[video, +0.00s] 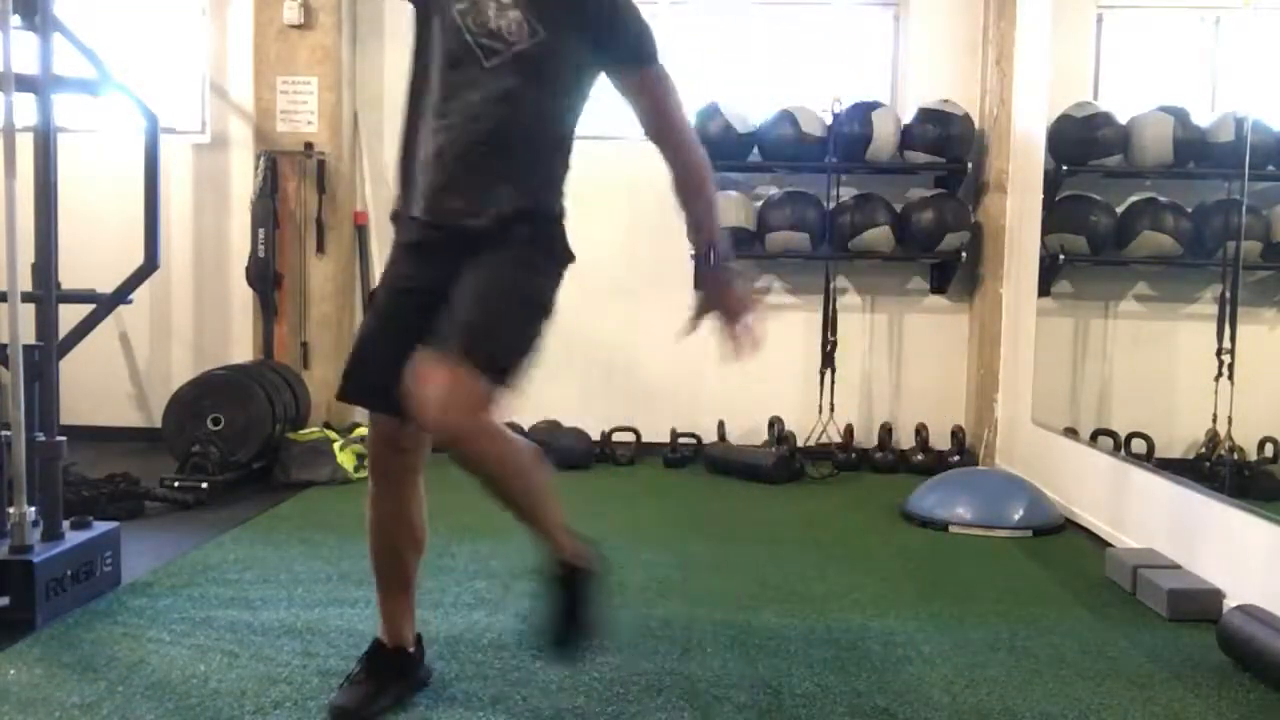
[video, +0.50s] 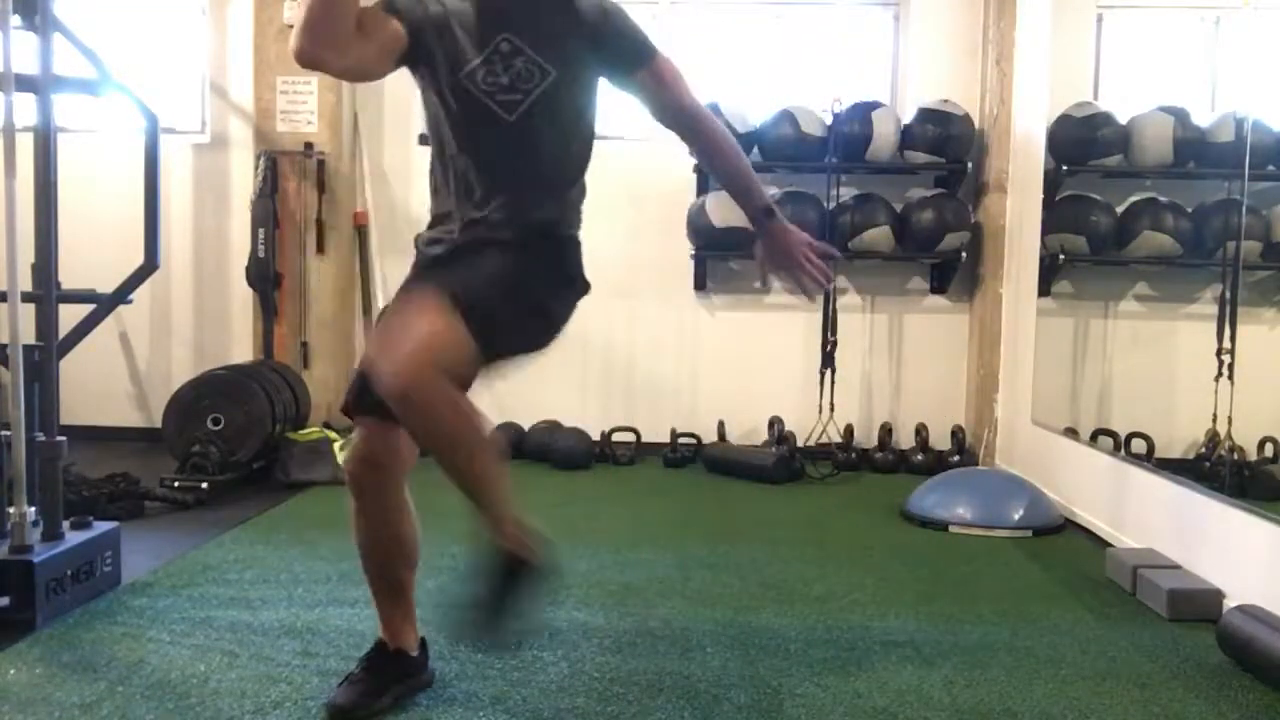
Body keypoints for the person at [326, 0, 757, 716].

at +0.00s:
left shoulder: (592, 10)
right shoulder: (433, 4)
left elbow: (671, 130)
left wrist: (712, 259)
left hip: (517, 233)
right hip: (424, 230)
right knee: (392, 432)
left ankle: (571, 557)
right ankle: (396, 648)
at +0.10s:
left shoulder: (586, 6)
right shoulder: (418, 1)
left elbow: (673, 99)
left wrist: (737, 216)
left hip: (513, 220)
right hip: (424, 222)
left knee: (355, 289)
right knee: (388, 437)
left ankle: (440, 493)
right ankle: (397, 644)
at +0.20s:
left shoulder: (575, 8)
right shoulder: (415, 5)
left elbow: (668, 84)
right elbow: (354, 22)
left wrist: (735, 181)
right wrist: (305, 11)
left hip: (514, 236)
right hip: (436, 232)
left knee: (322, 144)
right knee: (379, 440)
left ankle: (340, 388)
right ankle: (399, 649)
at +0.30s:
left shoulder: (565, 11)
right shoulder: (416, 12)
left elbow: (662, 88)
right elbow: (331, 62)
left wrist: (740, 172)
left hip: (514, 250)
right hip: (437, 254)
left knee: (333, 119)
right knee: (361, 458)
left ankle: (311, 361)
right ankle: (401, 648)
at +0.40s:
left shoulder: (564, 10)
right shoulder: (414, 15)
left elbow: (669, 98)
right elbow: (326, 54)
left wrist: (753, 195)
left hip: (523, 247)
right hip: (444, 260)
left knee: (339, 215)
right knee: (372, 450)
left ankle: (381, 434)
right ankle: (398, 648)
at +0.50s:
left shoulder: (582, 16)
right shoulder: (425, 13)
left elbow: (687, 116)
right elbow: (321, 45)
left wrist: (768, 219)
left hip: (531, 251)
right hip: (444, 252)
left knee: (400, 361)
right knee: (371, 459)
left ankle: (518, 543)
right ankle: (399, 651)